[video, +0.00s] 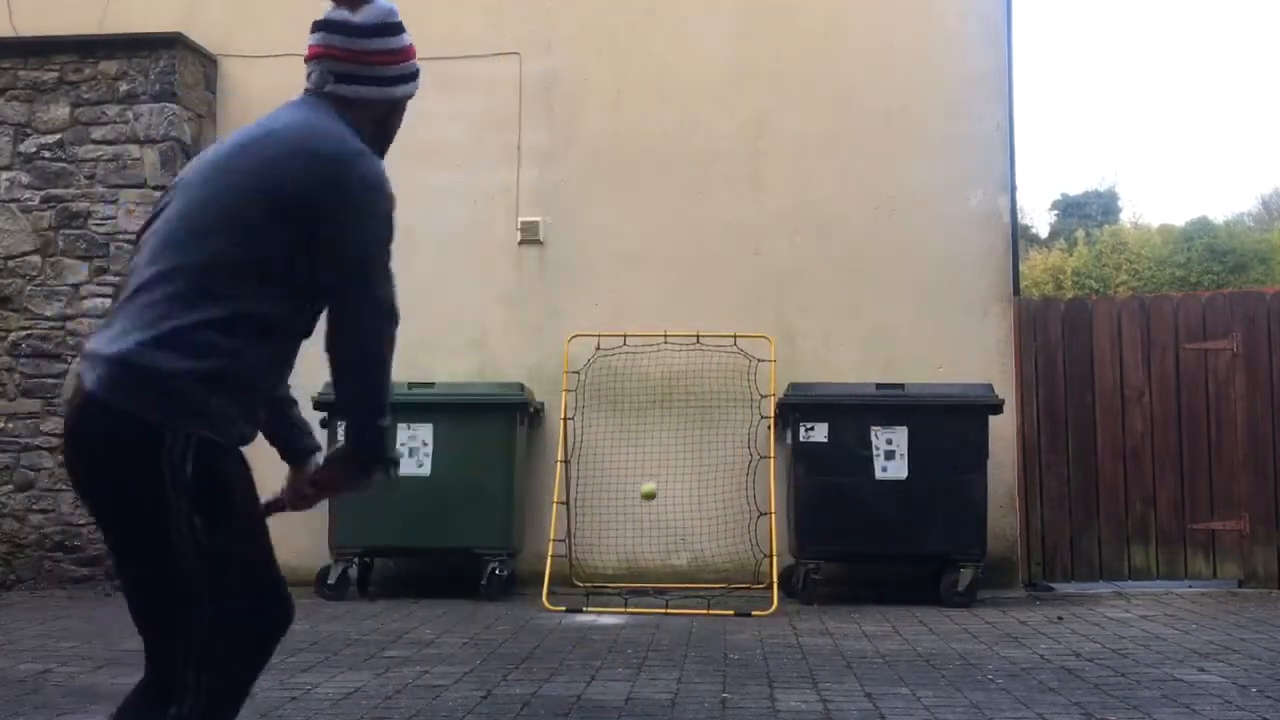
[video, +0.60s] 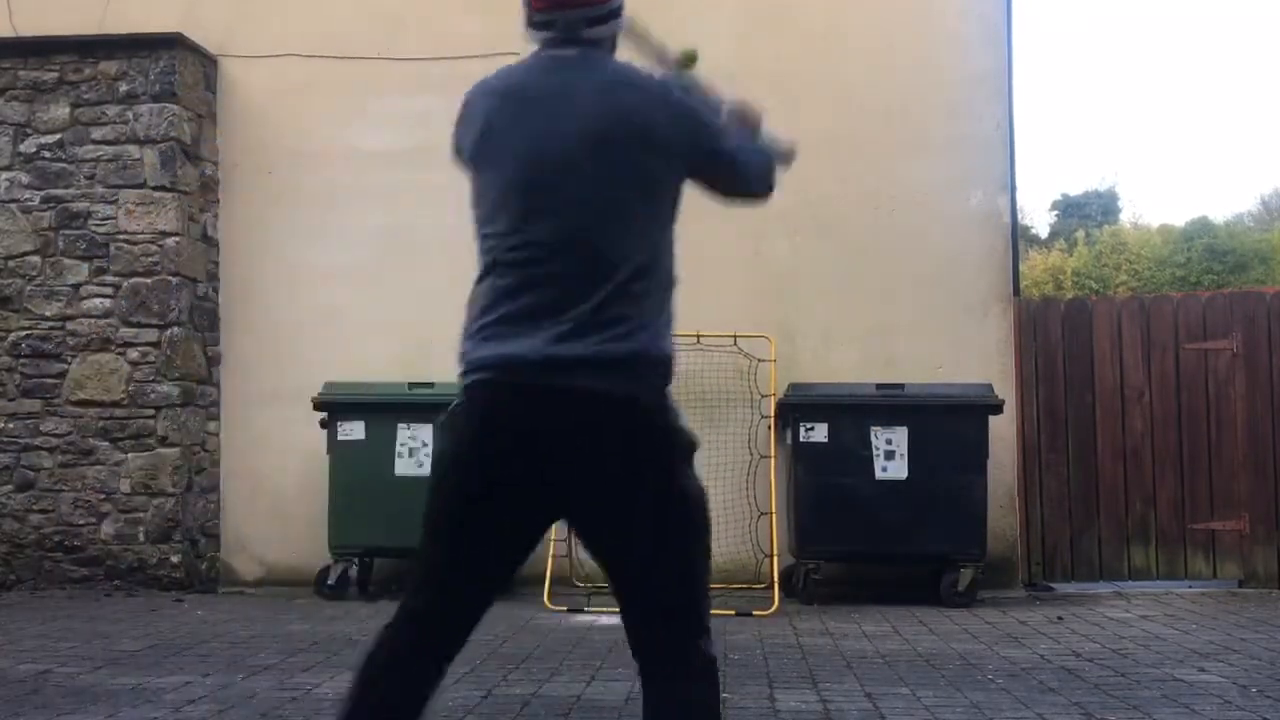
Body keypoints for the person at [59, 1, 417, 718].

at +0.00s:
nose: (399, 126)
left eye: (403, 107)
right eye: (401, 107)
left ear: (321, 82)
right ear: (386, 99)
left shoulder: (260, 143)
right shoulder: (354, 172)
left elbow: (220, 325)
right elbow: (363, 331)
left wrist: (300, 448)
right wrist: (364, 452)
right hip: (151, 426)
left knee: (257, 613)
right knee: (190, 657)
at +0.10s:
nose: (417, 87)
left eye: (415, 74)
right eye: (417, 74)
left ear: (332, 63)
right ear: (406, 74)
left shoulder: (256, 133)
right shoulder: (398, 149)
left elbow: (203, 275)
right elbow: (416, 303)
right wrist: (388, 416)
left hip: (161, 403)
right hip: (246, 419)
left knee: (258, 652)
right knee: (278, 664)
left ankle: (163, 515)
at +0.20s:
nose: (425, 90)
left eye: (425, 78)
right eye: (426, 77)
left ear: (342, 67)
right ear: (421, 76)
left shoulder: (268, 145)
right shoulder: (416, 152)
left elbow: (228, 297)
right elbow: (455, 304)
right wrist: (434, 423)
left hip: (194, 415)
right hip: (286, 425)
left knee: (283, 646)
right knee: (354, 656)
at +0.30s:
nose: (457, 82)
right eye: (456, 71)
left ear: (373, 69)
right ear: (452, 75)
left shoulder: (300, 151)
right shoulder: (458, 155)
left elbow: (247, 303)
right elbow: (512, 308)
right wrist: (510, 446)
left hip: (241, 417)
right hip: (348, 424)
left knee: (310, 639)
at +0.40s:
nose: (505, 77)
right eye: (504, 65)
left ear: (419, 63)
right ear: (499, 69)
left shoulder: (347, 146)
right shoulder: (513, 147)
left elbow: (290, 294)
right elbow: (588, 287)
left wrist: (375, 361)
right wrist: (595, 429)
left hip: (311, 420)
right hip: (429, 423)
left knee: (323, 641)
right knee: (548, 628)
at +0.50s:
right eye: (557, 50)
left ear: (474, 56)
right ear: (555, 59)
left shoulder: (415, 140)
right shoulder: (580, 141)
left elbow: (377, 274)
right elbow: (679, 270)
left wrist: (472, 269)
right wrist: (686, 331)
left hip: (405, 432)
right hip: (527, 434)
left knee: (361, 636)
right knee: (632, 636)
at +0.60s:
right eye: (610, 13)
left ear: (533, 19)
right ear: (612, 19)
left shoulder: (485, 102)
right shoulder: (653, 102)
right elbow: (752, 174)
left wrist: (659, 93)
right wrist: (735, 122)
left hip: (498, 413)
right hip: (619, 417)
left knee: (426, 627)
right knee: (675, 651)